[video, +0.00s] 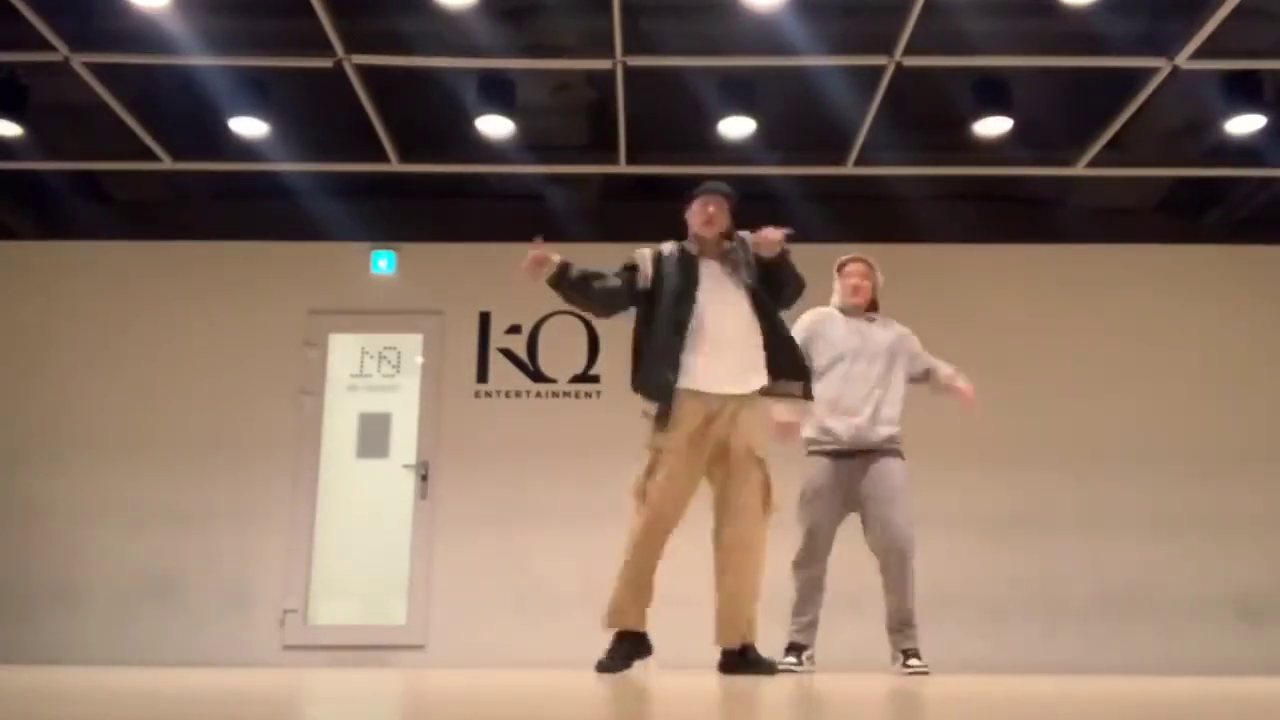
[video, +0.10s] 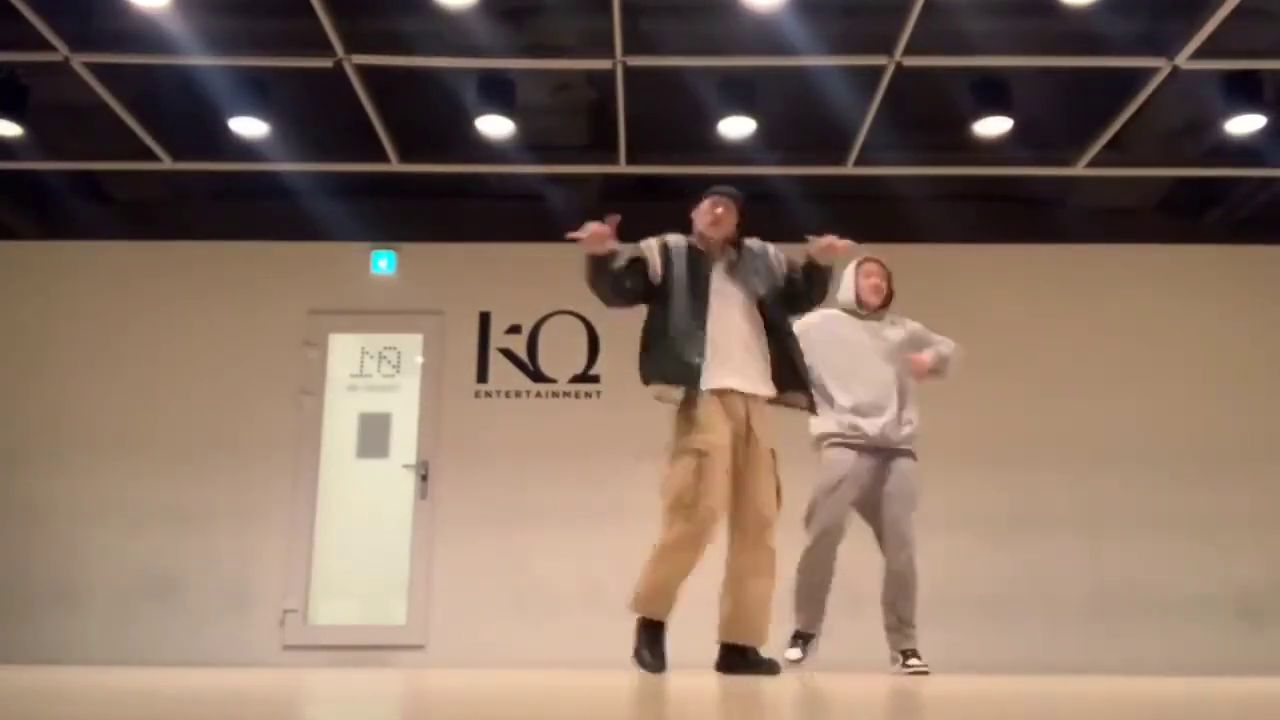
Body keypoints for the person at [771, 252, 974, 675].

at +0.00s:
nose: (857, 282)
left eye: (864, 277)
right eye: (850, 276)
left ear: (876, 287)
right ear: (836, 285)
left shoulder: (895, 335)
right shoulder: (817, 322)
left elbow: (927, 368)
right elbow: (783, 364)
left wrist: (954, 380)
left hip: (882, 456)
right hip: (827, 455)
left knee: (897, 545)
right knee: (811, 551)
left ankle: (906, 647)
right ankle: (799, 645)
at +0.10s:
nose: (876, 283)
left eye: (882, 278)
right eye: (867, 276)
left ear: (889, 289)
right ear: (850, 283)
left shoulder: (902, 330)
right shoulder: (821, 323)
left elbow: (948, 349)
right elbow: (771, 338)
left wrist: (933, 360)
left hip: (894, 450)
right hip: (843, 447)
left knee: (901, 548)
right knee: (823, 533)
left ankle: (905, 647)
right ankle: (804, 633)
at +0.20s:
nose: (872, 286)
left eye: (879, 280)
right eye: (865, 279)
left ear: (888, 291)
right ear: (849, 286)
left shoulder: (906, 334)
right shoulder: (828, 329)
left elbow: (957, 347)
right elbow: (788, 340)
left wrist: (971, 365)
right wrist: (807, 341)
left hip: (905, 441)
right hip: (858, 436)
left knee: (908, 539)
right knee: (864, 517)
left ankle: (905, 646)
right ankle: (838, 624)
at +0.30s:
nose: (869, 290)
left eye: (875, 283)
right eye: (861, 284)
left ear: (888, 293)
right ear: (849, 296)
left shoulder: (909, 341)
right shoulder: (836, 335)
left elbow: (960, 352)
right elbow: (797, 350)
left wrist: (954, 358)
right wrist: (811, 356)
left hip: (910, 443)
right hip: (863, 440)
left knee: (916, 537)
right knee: (885, 527)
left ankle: (907, 644)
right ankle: (877, 640)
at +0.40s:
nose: (877, 283)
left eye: (884, 277)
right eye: (869, 278)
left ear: (896, 289)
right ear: (858, 289)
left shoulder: (915, 333)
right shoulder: (837, 325)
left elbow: (953, 369)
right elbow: (790, 336)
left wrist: (937, 336)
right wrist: (831, 347)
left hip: (910, 442)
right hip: (861, 432)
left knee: (917, 546)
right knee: (873, 490)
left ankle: (907, 646)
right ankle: (865, 610)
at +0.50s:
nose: (879, 279)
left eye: (887, 275)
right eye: (871, 275)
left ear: (896, 289)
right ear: (859, 288)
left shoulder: (910, 327)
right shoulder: (847, 323)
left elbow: (940, 362)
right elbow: (815, 345)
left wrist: (921, 326)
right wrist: (853, 307)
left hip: (907, 440)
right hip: (858, 424)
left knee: (911, 546)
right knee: (854, 474)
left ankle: (905, 646)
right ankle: (860, 569)